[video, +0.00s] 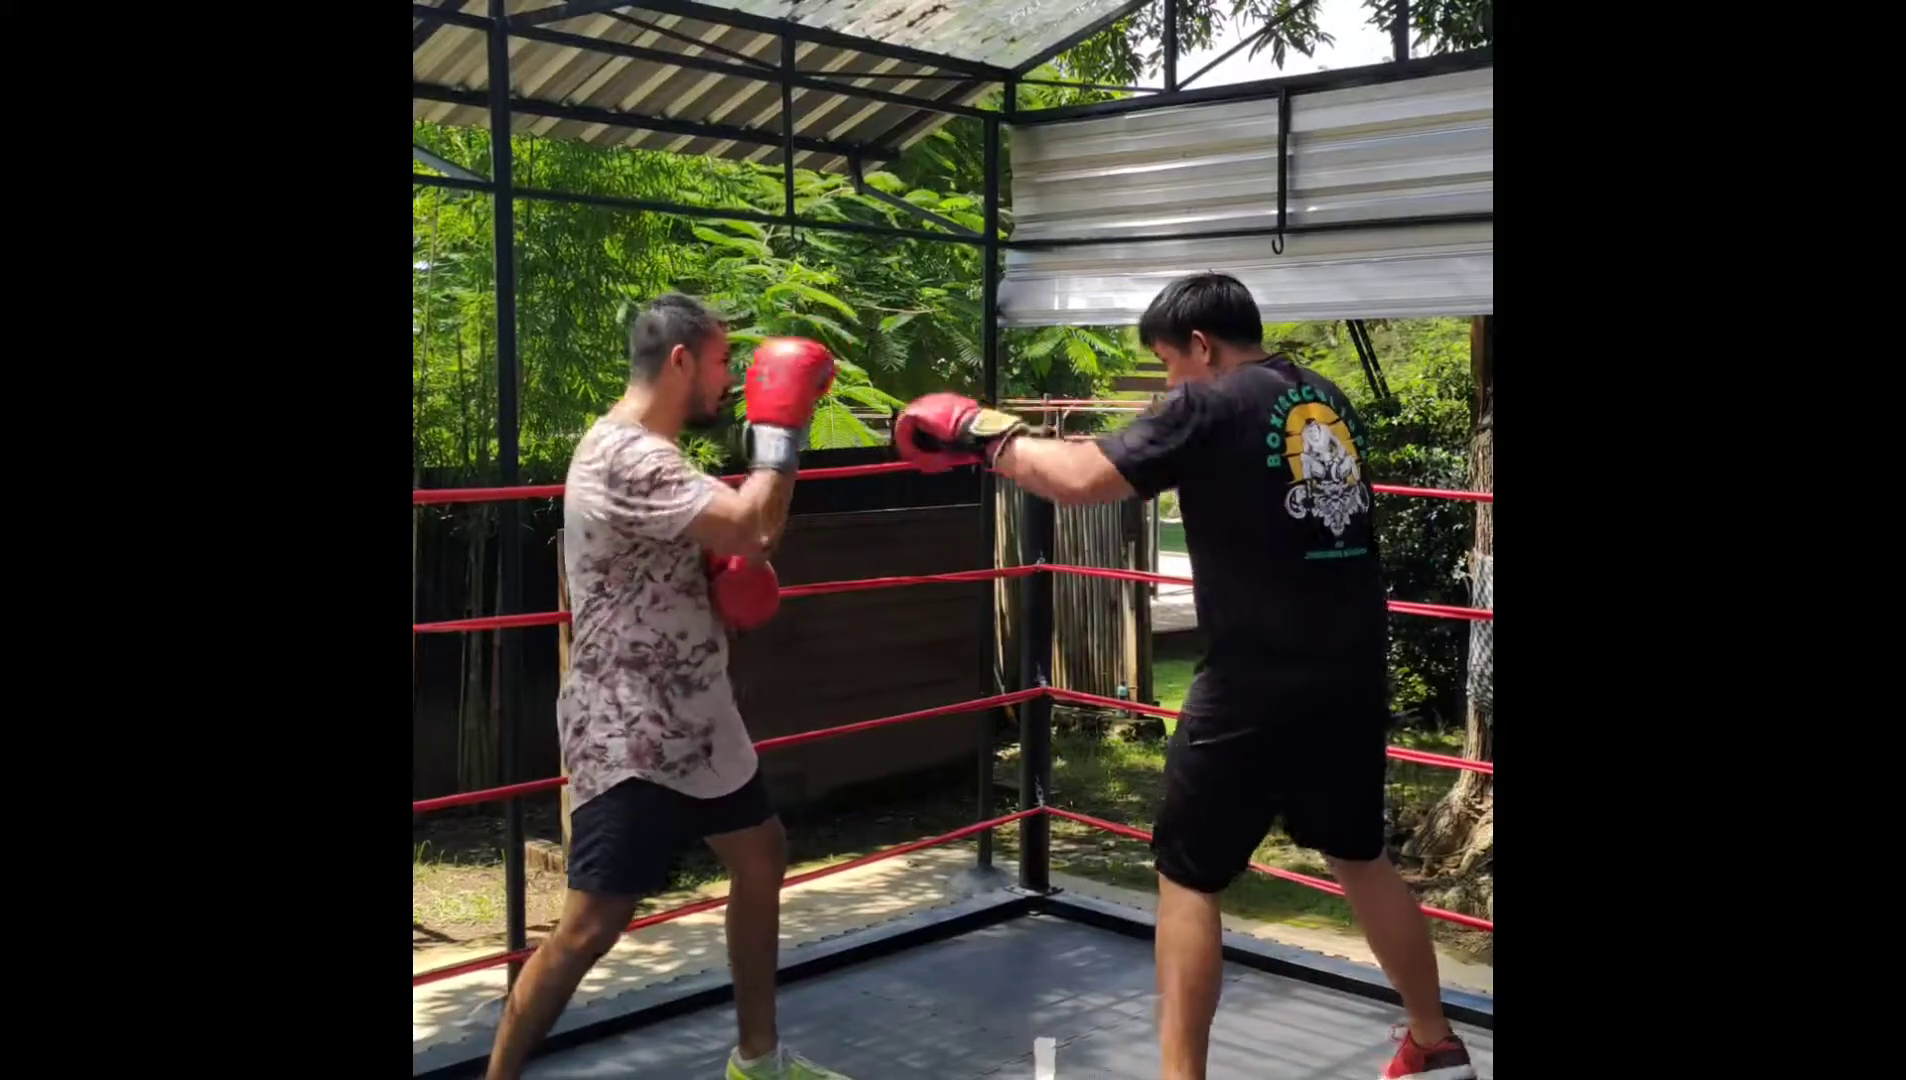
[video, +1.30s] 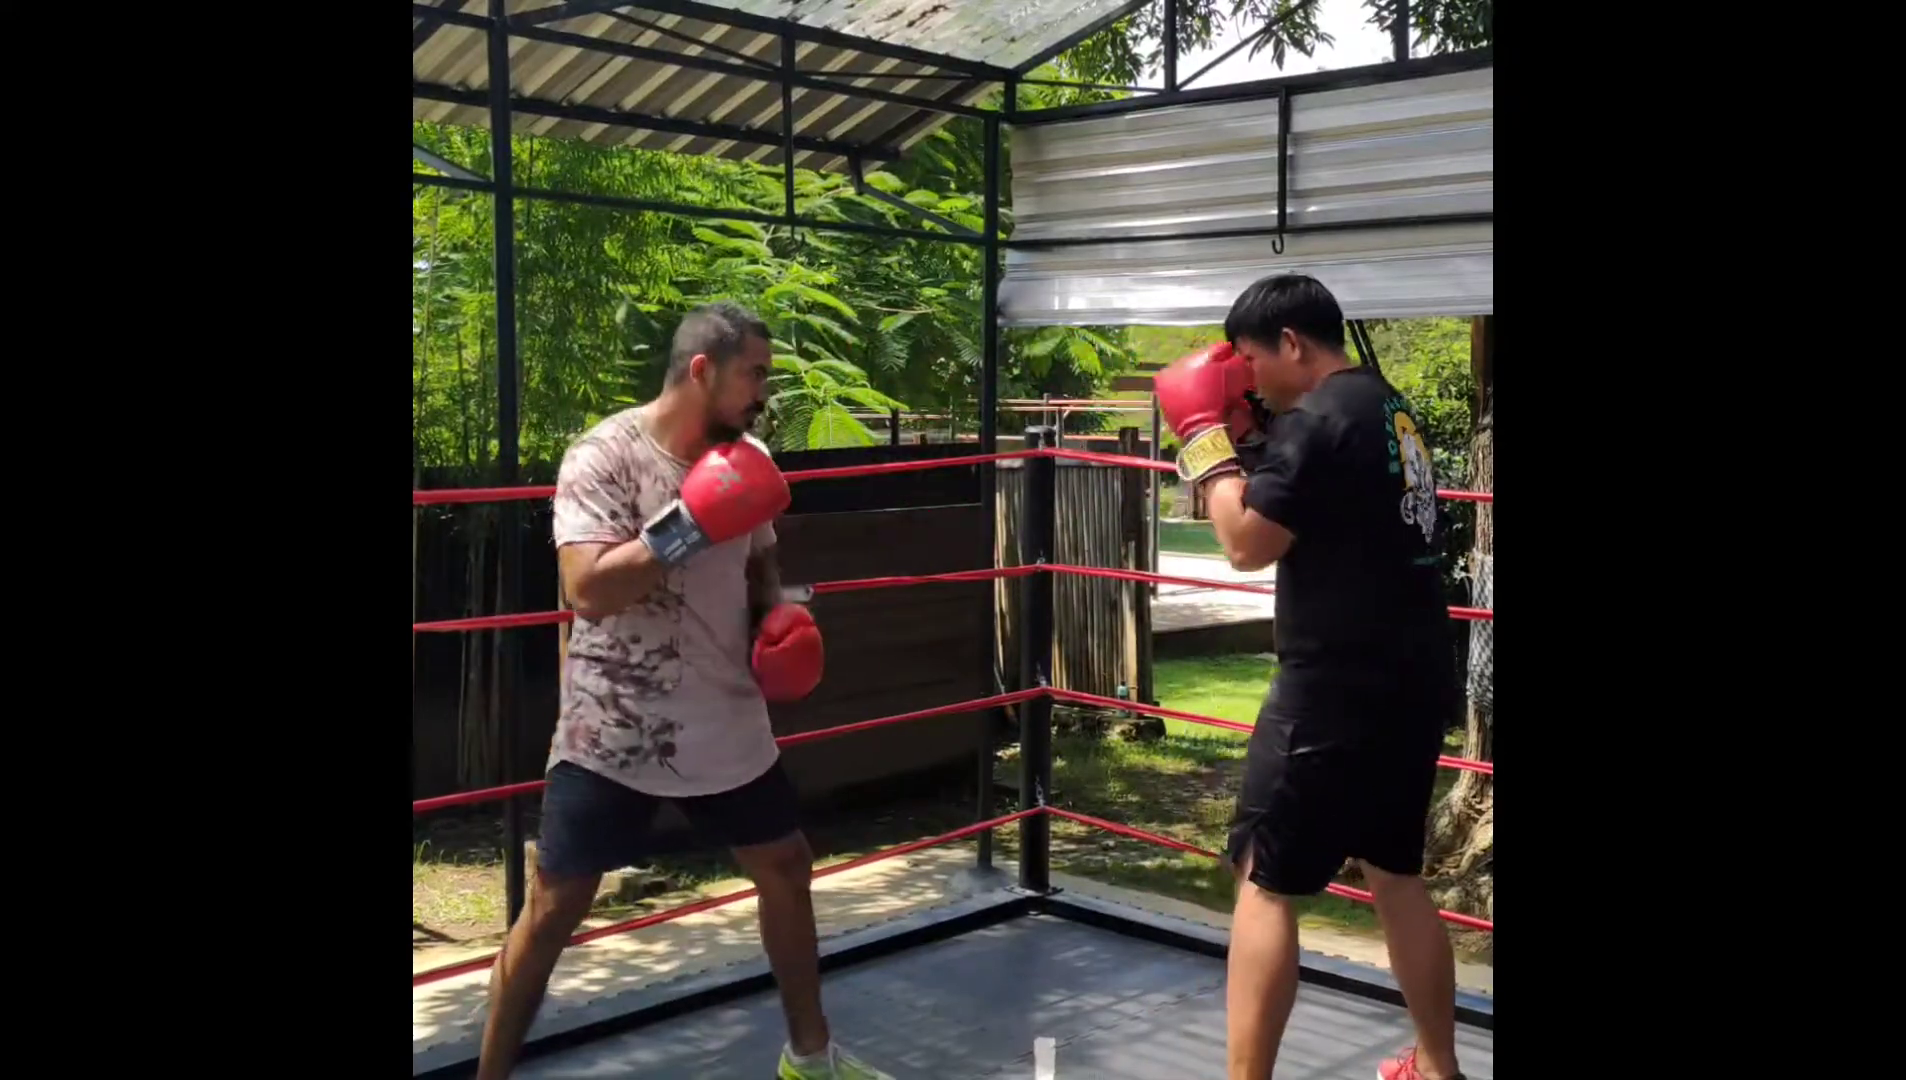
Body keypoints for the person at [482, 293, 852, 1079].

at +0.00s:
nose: (728, 377)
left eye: (729, 361)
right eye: (722, 359)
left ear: (663, 360)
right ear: (681, 360)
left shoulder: (653, 451)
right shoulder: (622, 455)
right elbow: (751, 524)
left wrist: (731, 588)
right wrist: (781, 427)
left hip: (696, 719)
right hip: (629, 729)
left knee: (761, 859)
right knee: (588, 928)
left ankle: (759, 1055)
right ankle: (497, 1074)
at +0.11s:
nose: (721, 376)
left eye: (721, 360)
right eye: (713, 359)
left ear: (662, 361)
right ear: (668, 360)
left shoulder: (662, 454)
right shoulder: (588, 463)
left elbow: (695, 556)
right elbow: (688, 573)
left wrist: (717, 587)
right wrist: (735, 477)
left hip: (683, 720)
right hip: (601, 730)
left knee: (741, 867)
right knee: (562, 927)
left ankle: (758, 1053)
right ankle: (488, 1074)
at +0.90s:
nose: (758, 395)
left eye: (762, 379)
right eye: (750, 376)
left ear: (710, 372)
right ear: (695, 366)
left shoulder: (724, 468)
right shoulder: (598, 463)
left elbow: (760, 543)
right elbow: (620, 576)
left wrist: (817, 542)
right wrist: (714, 505)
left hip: (724, 725)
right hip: (618, 734)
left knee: (797, 868)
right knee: (559, 927)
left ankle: (809, 1054)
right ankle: (489, 1074)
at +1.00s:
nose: (790, 396)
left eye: (794, 382)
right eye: (782, 378)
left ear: (743, 376)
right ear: (726, 369)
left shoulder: (781, 456)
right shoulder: (631, 451)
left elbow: (897, 463)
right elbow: (624, 572)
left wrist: (976, 423)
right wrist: (721, 494)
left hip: (740, 723)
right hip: (629, 726)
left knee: (812, 866)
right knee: (570, 911)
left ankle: (811, 1052)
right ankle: (499, 1072)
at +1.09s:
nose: (802, 407)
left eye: (806, 391)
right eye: (795, 388)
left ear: (753, 378)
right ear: (741, 374)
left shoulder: (790, 455)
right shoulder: (641, 458)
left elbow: (905, 469)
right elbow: (637, 580)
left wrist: (987, 448)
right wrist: (734, 501)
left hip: (750, 729)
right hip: (635, 731)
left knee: (820, 867)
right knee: (572, 910)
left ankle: (811, 1052)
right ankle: (500, 1072)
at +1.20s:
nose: (787, 397)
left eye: (791, 381)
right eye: (779, 378)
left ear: (739, 375)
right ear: (725, 368)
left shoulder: (766, 464)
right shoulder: (627, 457)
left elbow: (833, 540)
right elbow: (621, 585)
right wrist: (718, 514)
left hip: (750, 719)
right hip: (634, 721)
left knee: (808, 868)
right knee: (572, 899)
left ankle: (812, 1054)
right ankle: (493, 1072)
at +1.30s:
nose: (765, 394)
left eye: (768, 377)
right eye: (755, 375)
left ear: (712, 375)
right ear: (700, 370)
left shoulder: (741, 470)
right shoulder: (601, 456)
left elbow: (765, 579)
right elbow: (585, 588)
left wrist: (785, 620)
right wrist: (688, 525)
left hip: (726, 724)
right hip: (610, 728)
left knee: (788, 871)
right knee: (553, 907)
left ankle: (811, 1053)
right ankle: (491, 1073)